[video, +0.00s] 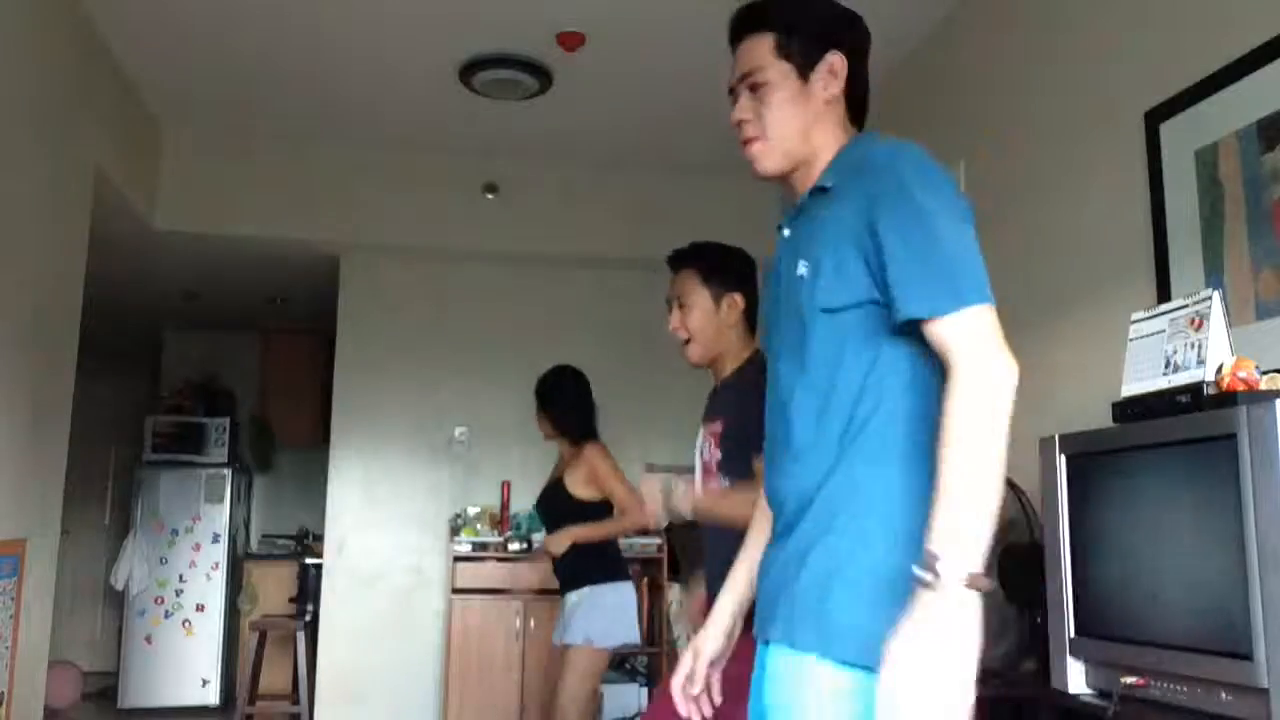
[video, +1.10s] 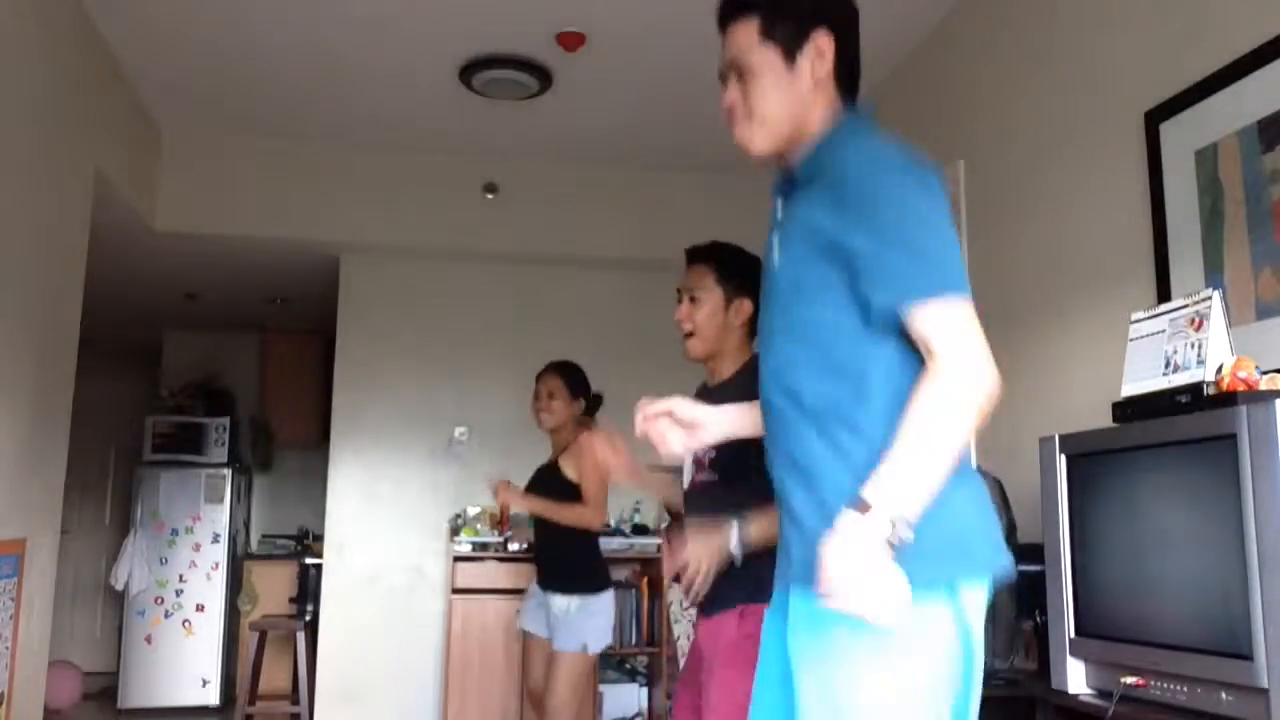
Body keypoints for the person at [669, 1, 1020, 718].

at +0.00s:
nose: (736, 115)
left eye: (756, 87)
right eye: (733, 96)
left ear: (830, 77)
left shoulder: (891, 176)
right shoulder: (792, 241)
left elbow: (986, 368)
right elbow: (790, 459)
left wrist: (949, 588)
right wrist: (727, 614)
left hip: (863, 617)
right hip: (797, 614)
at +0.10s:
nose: (737, 101)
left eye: (754, 73)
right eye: (736, 82)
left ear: (827, 63)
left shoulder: (881, 160)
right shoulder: (796, 213)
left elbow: (977, 336)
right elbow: (810, 432)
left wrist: (881, 536)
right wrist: (741, 578)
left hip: (879, 619)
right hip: (804, 613)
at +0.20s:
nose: (738, 104)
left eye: (755, 75)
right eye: (739, 85)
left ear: (827, 66)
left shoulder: (874, 158)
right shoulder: (801, 204)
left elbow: (954, 327)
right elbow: (816, 414)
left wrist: (808, 511)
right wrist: (748, 574)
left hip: (869, 607)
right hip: (816, 604)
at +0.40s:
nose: (737, 129)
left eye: (754, 102)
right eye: (739, 110)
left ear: (825, 95)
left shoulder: (864, 188)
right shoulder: (801, 234)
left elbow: (916, 384)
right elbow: (807, 438)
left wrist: (724, 499)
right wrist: (736, 575)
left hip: (860, 636)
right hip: (811, 625)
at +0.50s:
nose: (736, 99)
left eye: (749, 71)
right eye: (735, 80)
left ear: (819, 60)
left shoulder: (859, 151)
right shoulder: (803, 192)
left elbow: (916, 335)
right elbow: (845, 412)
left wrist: (730, 410)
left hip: (865, 597)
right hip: (817, 593)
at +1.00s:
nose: (726, 66)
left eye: (738, 40)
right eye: (725, 47)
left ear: (811, 25)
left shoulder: (855, 110)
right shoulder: (796, 153)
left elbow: (945, 293)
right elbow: (834, 370)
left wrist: (810, 452)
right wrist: (728, 453)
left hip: (887, 550)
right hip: (828, 546)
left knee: (871, 707)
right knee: (810, 708)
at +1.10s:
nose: (726, 100)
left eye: (741, 72)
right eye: (724, 79)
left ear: (817, 58)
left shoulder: (872, 174)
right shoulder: (801, 193)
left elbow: (967, 370)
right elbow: (840, 390)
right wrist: (717, 422)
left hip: (898, 582)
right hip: (816, 572)